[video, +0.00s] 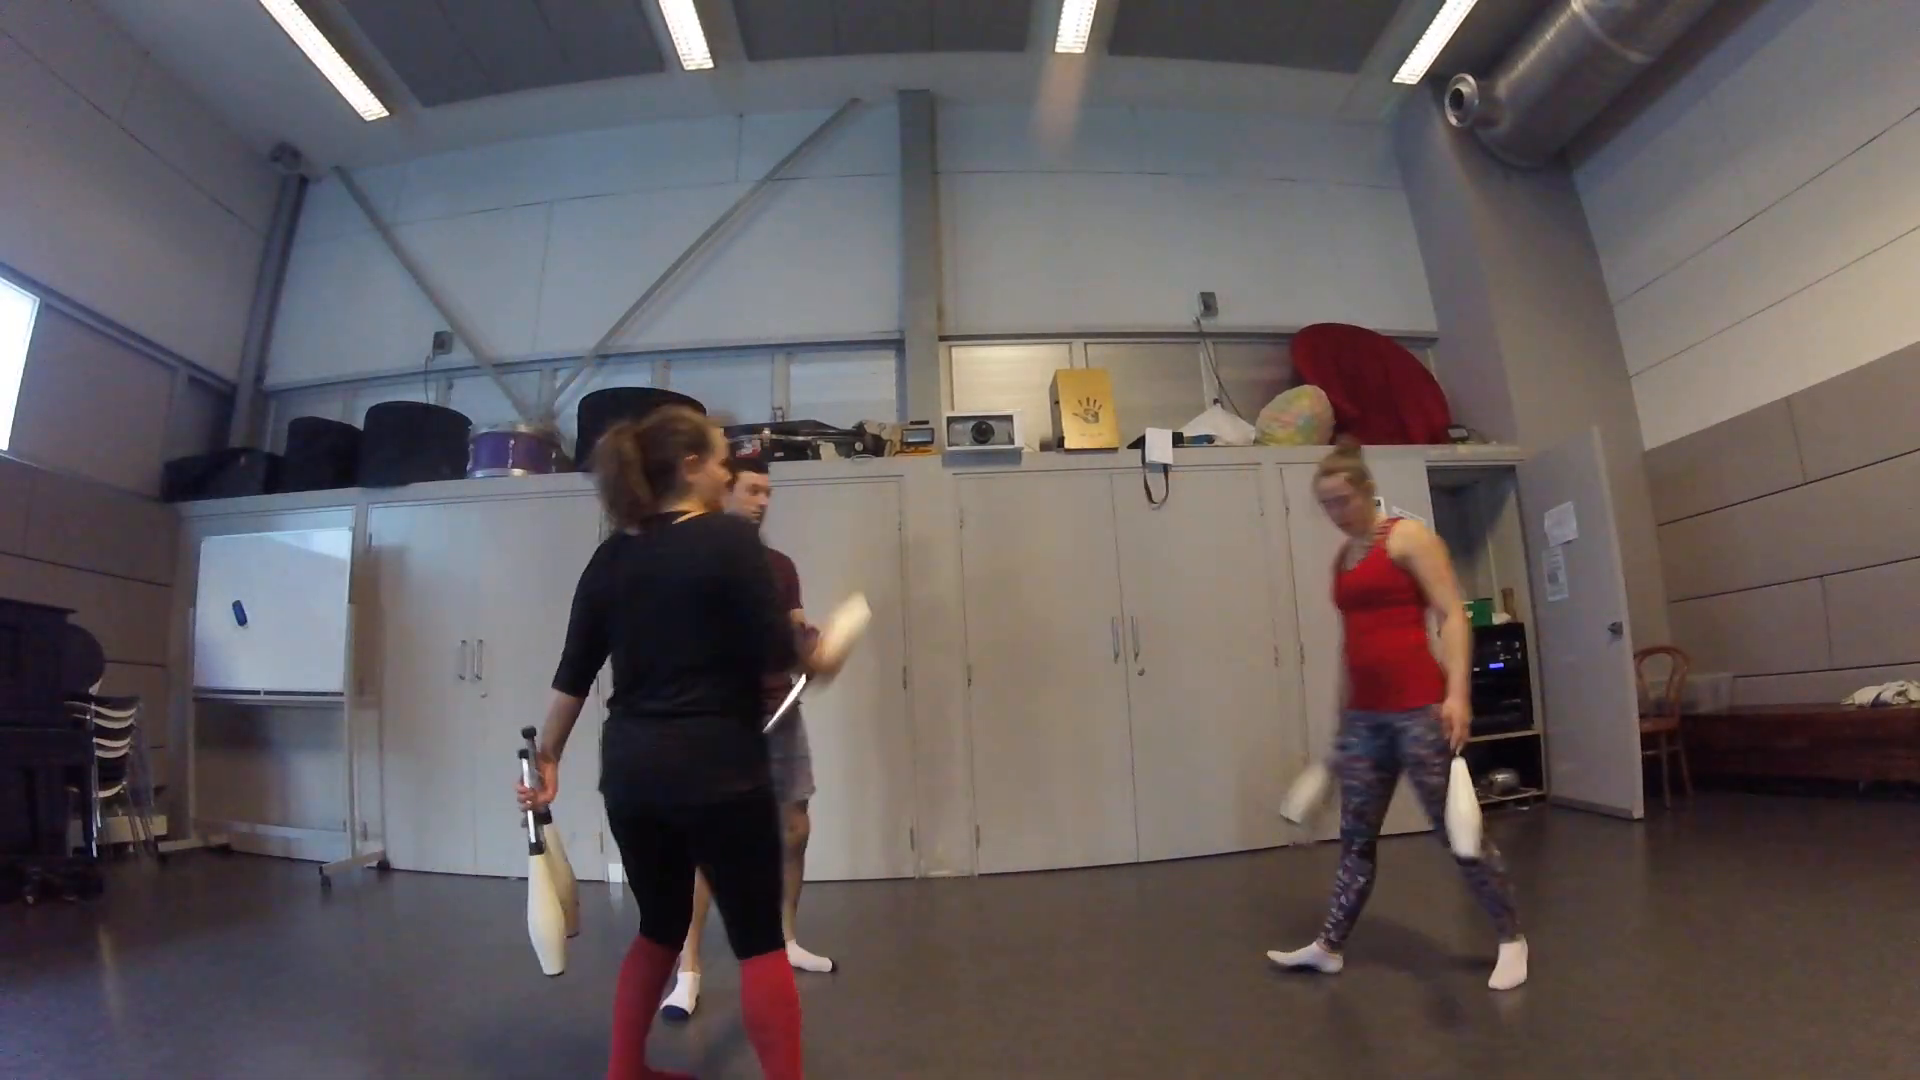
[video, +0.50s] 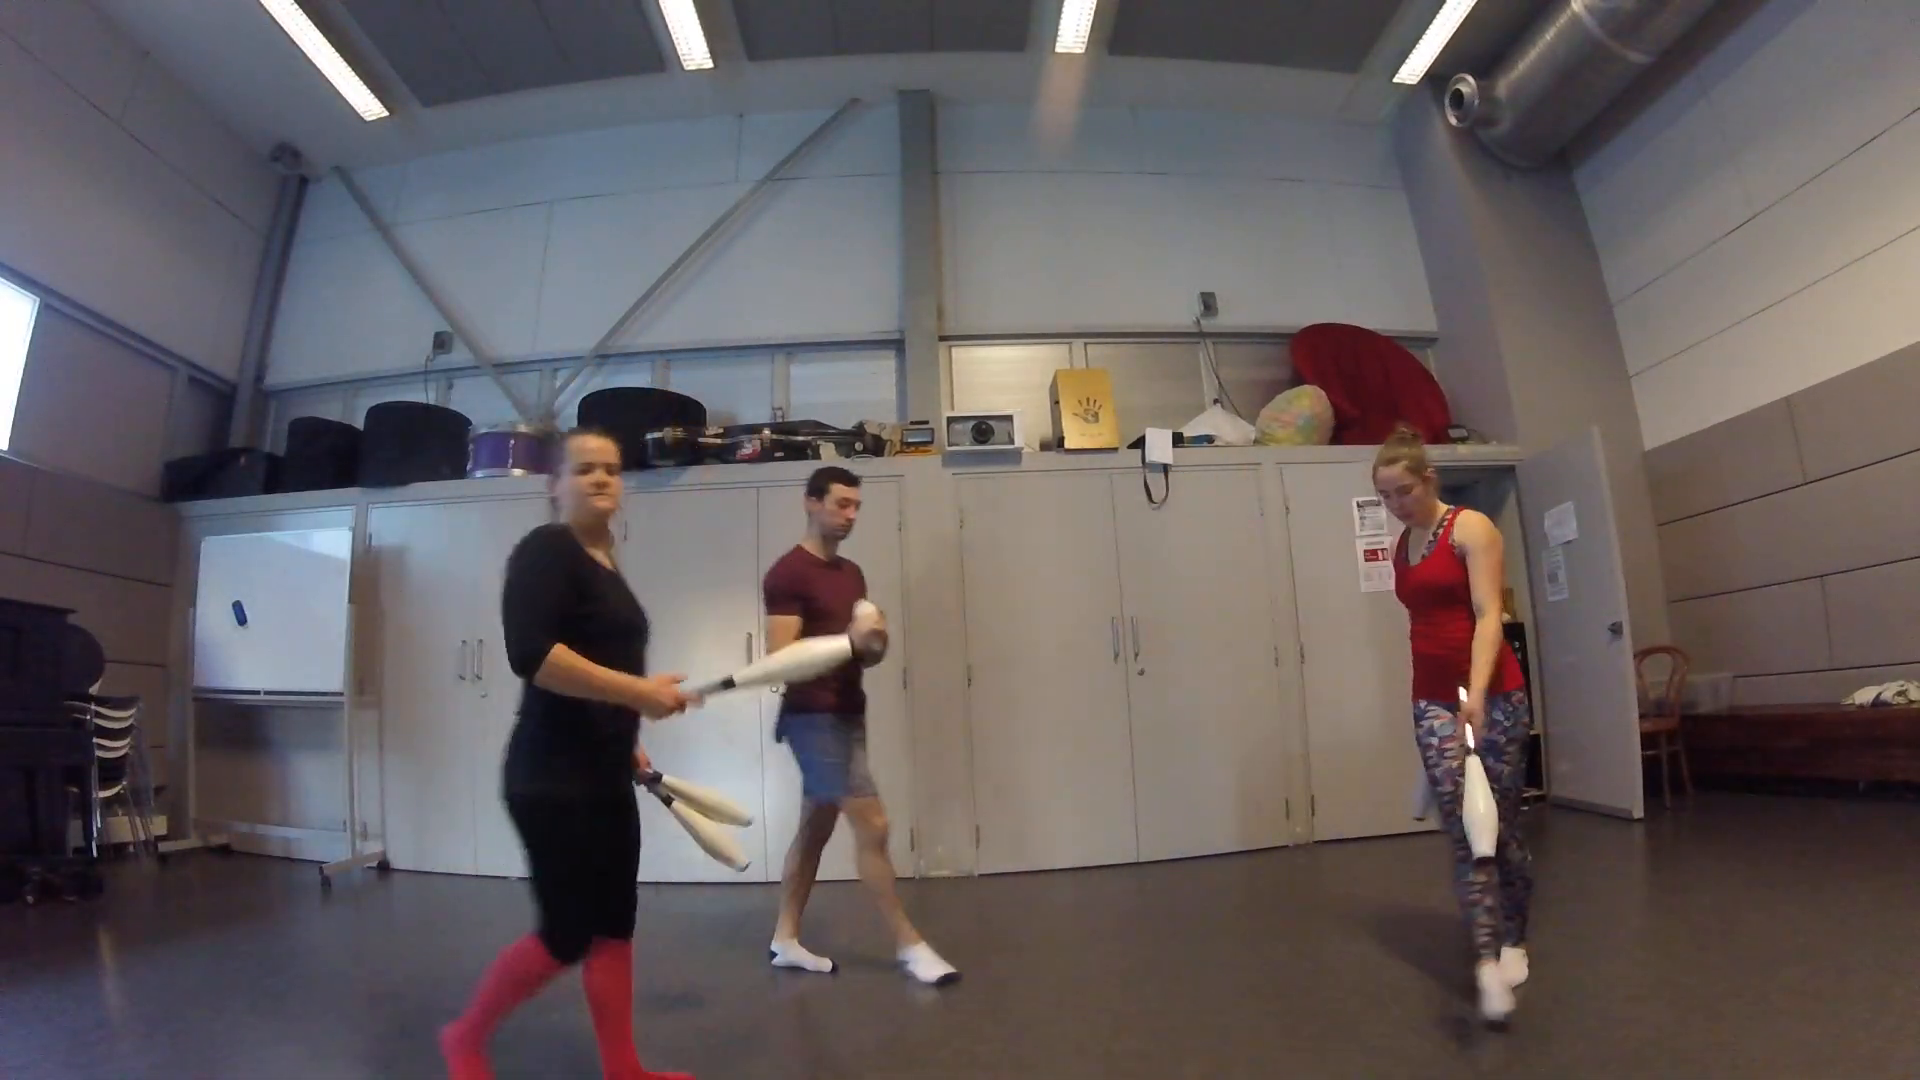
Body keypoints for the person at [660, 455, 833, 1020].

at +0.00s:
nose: (761, 501)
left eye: (766, 493)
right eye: (753, 491)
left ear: (769, 500)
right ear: (722, 492)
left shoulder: (777, 566)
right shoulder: (685, 561)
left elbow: (792, 639)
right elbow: (667, 641)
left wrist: (801, 634)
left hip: (775, 712)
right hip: (709, 718)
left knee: (794, 831)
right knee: (701, 851)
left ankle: (782, 940)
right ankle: (688, 968)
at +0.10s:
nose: (782, 504)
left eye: (786, 495)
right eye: (773, 494)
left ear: (786, 502)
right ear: (742, 498)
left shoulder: (794, 567)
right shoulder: (719, 566)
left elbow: (812, 651)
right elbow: (708, 651)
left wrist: (819, 638)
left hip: (799, 714)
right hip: (740, 719)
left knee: (801, 831)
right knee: (723, 839)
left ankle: (785, 941)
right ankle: (700, 963)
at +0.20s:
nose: (801, 506)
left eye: (804, 498)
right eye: (792, 497)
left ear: (801, 504)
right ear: (761, 499)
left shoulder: (808, 567)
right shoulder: (734, 571)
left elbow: (829, 647)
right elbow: (733, 656)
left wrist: (831, 640)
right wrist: (776, 633)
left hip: (811, 707)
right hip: (761, 711)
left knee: (800, 830)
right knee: (760, 833)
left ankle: (786, 941)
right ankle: (744, 954)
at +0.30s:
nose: (817, 508)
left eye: (821, 500)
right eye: (809, 498)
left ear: (818, 505)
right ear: (778, 499)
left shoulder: (822, 569)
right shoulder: (750, 571)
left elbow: (842, 651)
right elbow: (746, 655)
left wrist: (843, 635)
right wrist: (799, 635)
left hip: (822, 707)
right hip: (775, 711)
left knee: (804, 833)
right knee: (800, 832)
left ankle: (787, 941)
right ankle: (789, 948)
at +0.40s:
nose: (832, 510)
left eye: (837, 503)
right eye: (824, 501)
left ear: (837, 509)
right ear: (794, 502)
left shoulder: (837, 572)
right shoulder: (768, 571)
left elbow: (854, 655)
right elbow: (758, 652)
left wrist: (859, 634)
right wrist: (822, 637)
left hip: (835, 703)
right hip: (790, 708)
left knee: (805, 827)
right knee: (842, 825)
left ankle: (784, 939)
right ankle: (857, 946)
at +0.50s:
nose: (850, 514)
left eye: (855, 506)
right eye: (842, 504)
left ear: (855, 511)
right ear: (812, 504)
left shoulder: (850, 573)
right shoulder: (788, 574)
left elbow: (870, 651)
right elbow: (778, 661)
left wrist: (873, 638)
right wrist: (846, 644)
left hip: (847, 715)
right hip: (811, 718)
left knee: (814, 830)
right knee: (872, 825)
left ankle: (785, 939)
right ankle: (909, 944)